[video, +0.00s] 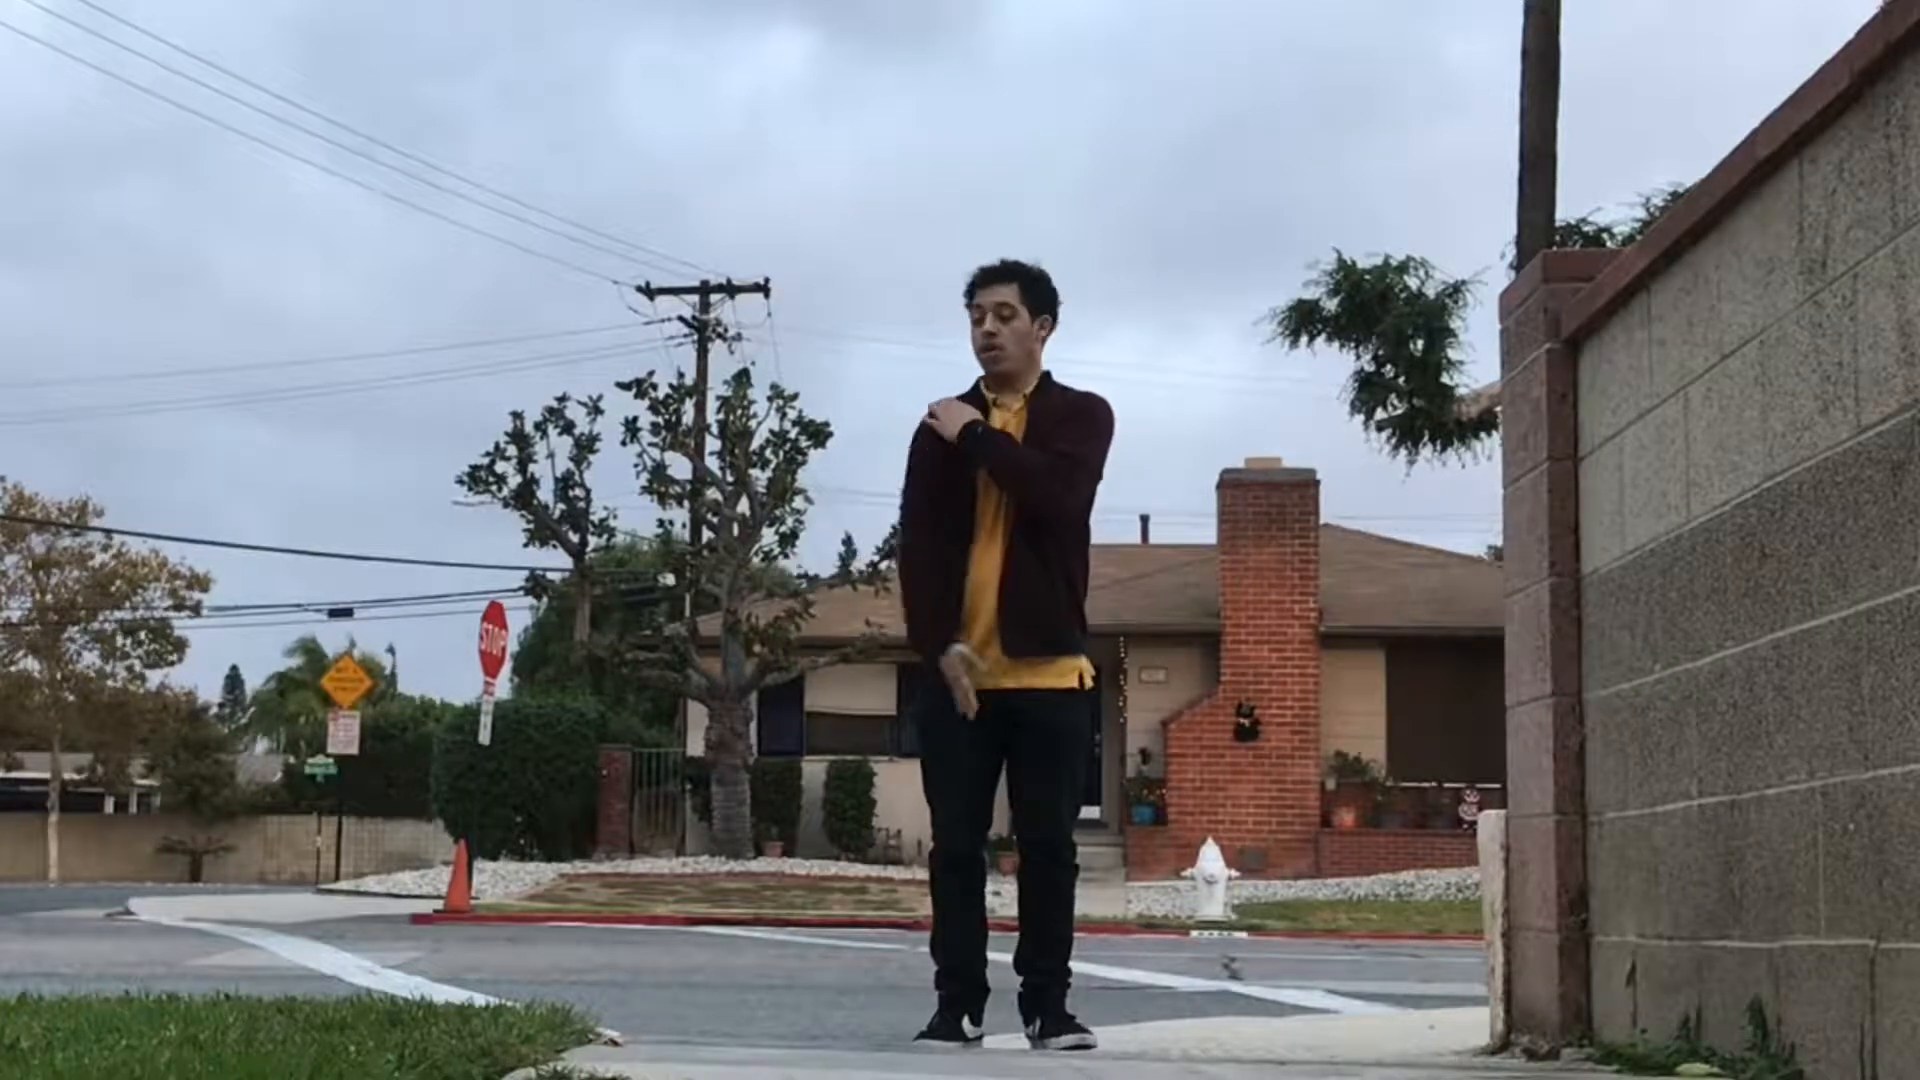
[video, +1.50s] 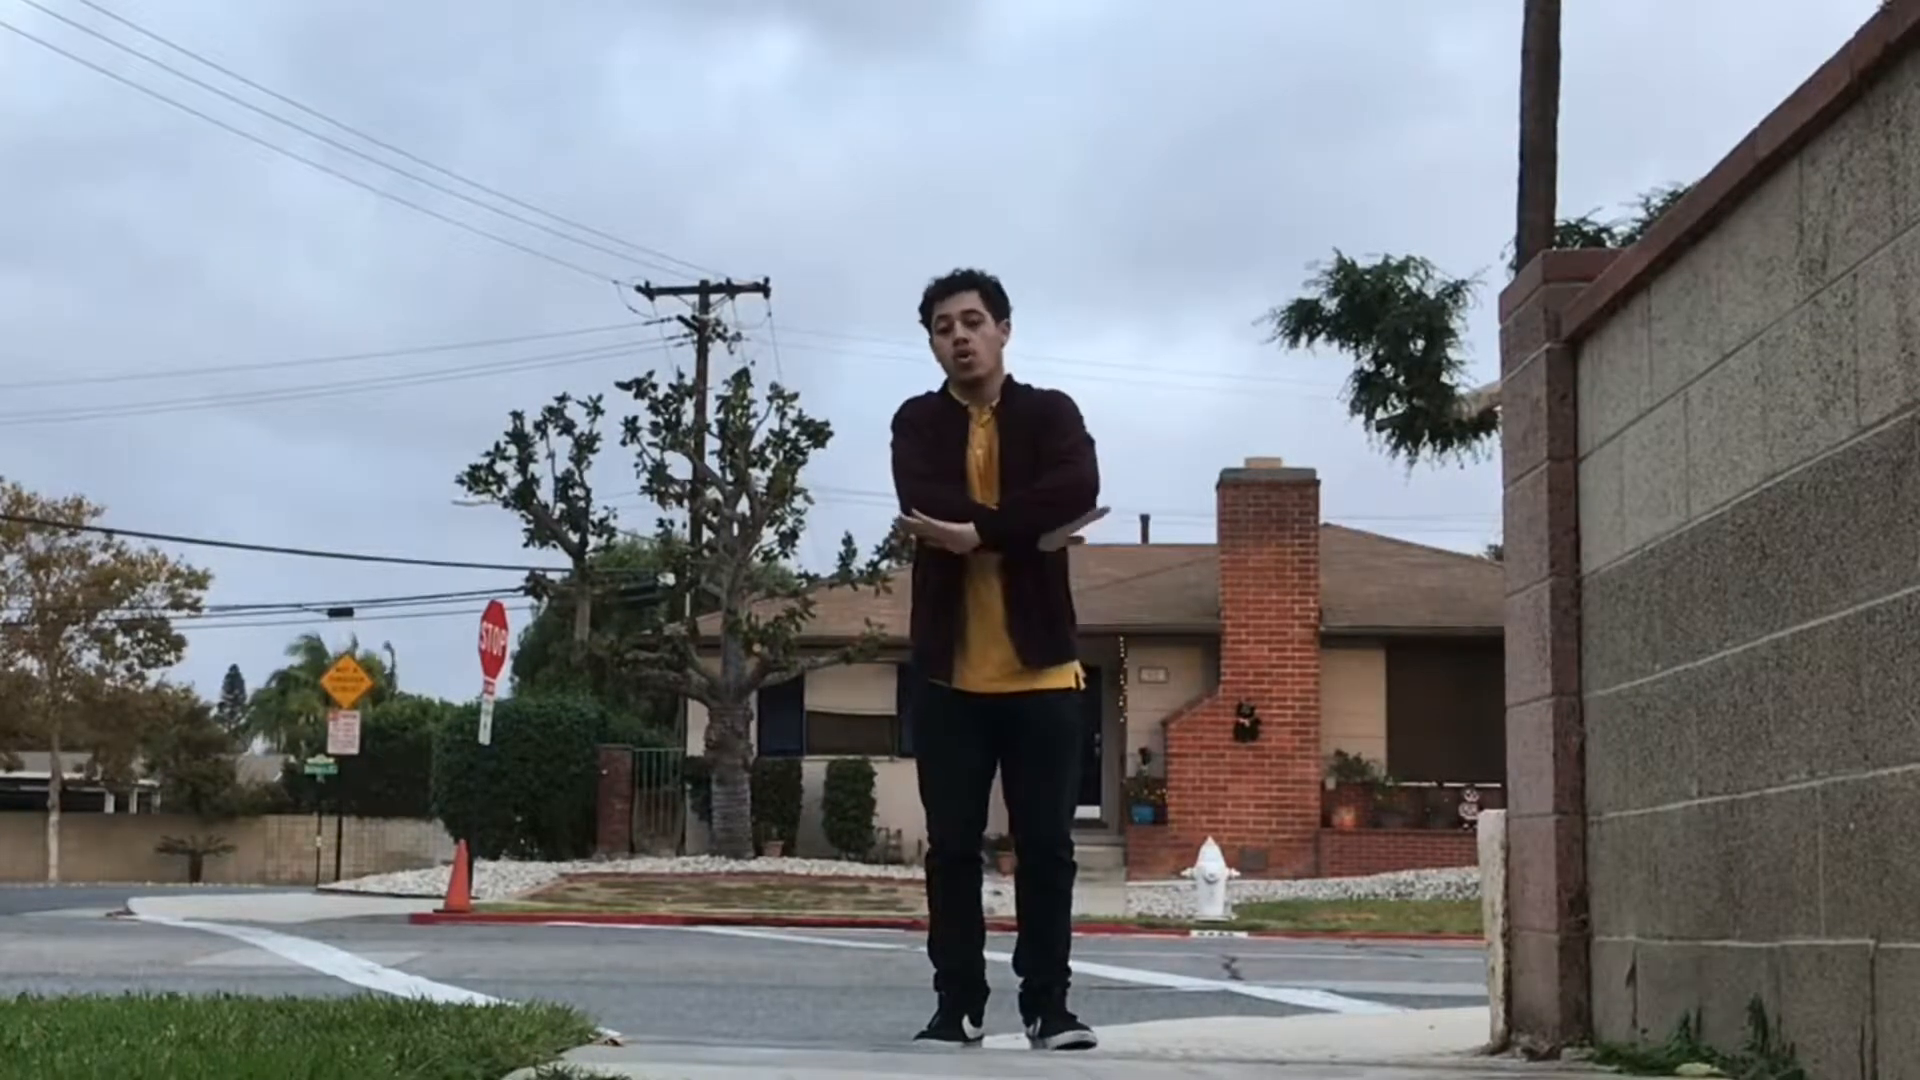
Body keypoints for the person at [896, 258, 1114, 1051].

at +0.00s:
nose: (988, 328)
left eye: (1004, 315)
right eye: (978, 317)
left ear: (1043, 327)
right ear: (969, 331)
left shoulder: (1083, 414)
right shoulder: (943, 425)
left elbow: (1060, 496)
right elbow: (920, 545)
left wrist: (973, 432)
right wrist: (937, 646)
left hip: (1048, 673)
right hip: (956, 673)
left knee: (1049, 848)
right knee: (956, 849)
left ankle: (1047, 1008)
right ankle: (957, 1009)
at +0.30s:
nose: (1015, 341)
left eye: (1030, 327)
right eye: (1000, 328)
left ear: (1057, 340)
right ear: (980, 340)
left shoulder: (1089, 424)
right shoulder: (952, 415)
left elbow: (1058, 515)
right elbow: (964, 530)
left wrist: (949, 522)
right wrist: (1052, 598)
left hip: (1056, 673)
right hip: (964, 671)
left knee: (1053, 849)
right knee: (958, 848)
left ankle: (1048, 1009)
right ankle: (957, 1008)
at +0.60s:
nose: (1015, 342)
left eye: (1029, 328)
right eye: (999, 329)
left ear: (1054, 340)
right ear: (980, 342)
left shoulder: (1085, 417)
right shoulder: (955, 411)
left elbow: (1064, 494)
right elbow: (985, 514)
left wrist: (967, 492)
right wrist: (1094, 531)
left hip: (1058, 675)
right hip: (964, 672)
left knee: (1053, 851)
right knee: (956, 847)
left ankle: (1048, 1008)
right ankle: (957, 1007)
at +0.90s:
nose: (1008, 338)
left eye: (1021, 325)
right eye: (992, 327)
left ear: (1046, 337)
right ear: (974, 341)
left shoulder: (1078, 412)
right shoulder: (949, 410)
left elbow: (1067, 487)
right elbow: (976, 513)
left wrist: (971, 497)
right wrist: (1080, 530)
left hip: (1054, 676)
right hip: (961, 674)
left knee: (1052, 850)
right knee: (957, 848)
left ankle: (1048, 1008)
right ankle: (958, 1006)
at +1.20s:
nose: (987, 336)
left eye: (1000, 323)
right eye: (971, 326)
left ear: (1029, 336)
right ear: (955, 342)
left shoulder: (1065, 412)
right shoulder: (933, 411)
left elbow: (1082, 489)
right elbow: (928, 492)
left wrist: (996, 525)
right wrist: (1021, 538)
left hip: (1046, 674)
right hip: (954, 673)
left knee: (1049, 850)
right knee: (954, 848)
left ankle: (1048, 1010)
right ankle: (957, 1008)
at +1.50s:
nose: (959, 336)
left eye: (972, 321)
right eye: (945, 327)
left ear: (1003, 331)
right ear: (931, 345)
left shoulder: (1051, 410)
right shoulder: (918, 420)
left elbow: (1078, 488)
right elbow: (926, 508)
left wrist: (975, 530)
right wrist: (1035, 529)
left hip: (1042, 675)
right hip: (949, 676)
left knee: (1047, 850)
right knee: (952, 850)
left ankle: (1048, 1009)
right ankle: (957, 1008)